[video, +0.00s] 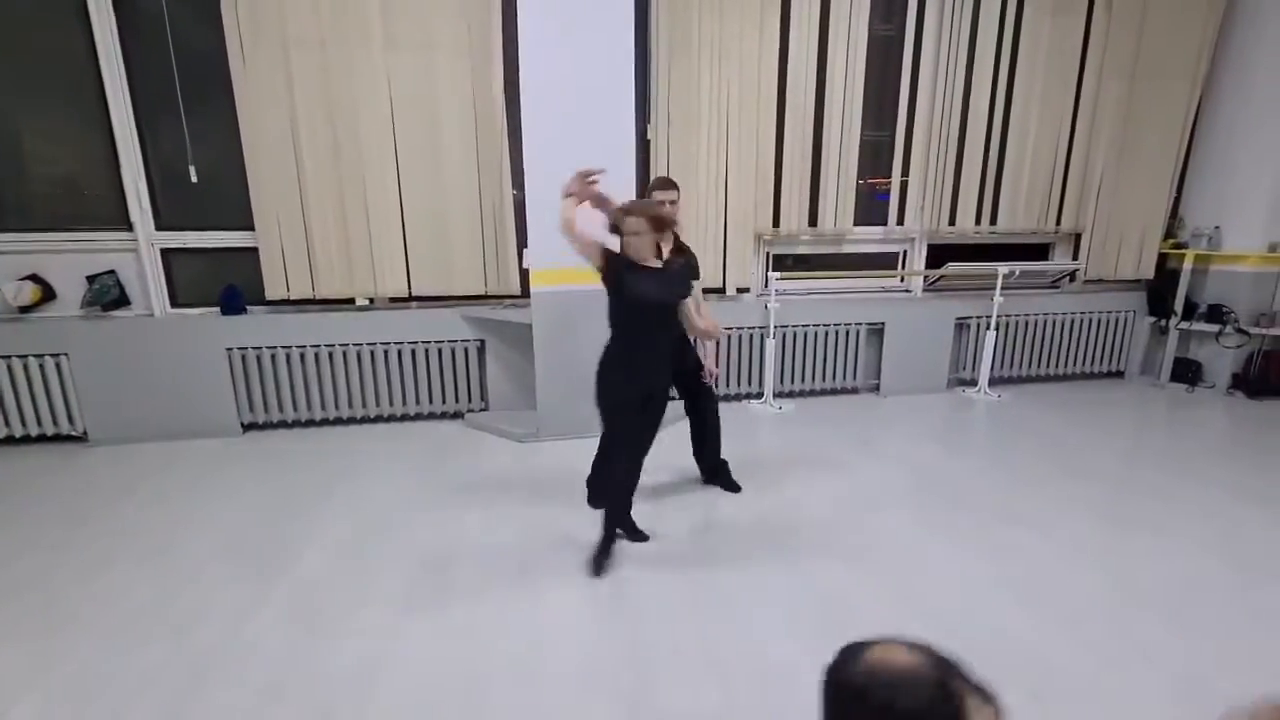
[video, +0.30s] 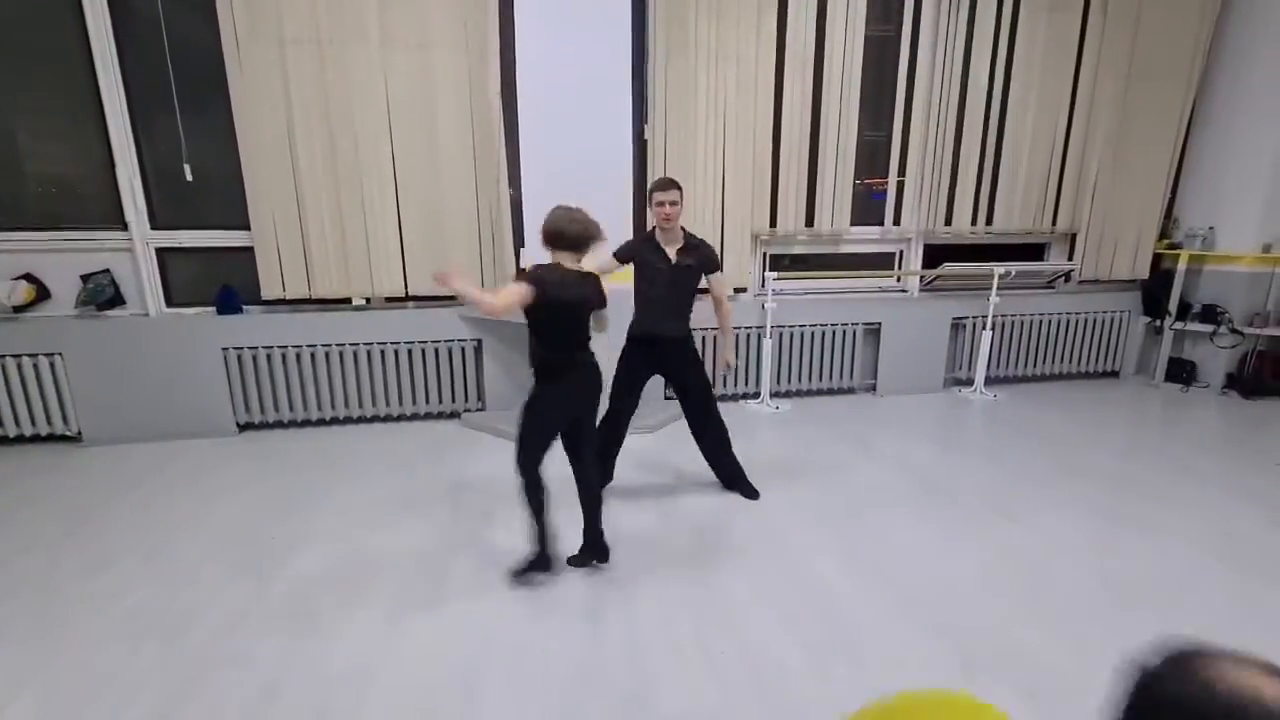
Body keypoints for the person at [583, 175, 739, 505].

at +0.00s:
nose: (668, 209)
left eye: (674, 202)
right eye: (661, 203)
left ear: (680, 205)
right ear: (648, 206)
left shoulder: (684, 255)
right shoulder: (634, 244)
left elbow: (696, 306)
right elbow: (614, 213)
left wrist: (708, 354)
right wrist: (594, 196)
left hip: (678, 338)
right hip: (643, 337)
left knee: (703, 399)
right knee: (632, 412)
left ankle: (711, 466)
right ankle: (608, 487)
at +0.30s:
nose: (666, 210)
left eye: (673, 204)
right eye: (660, 204)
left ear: (682, 207)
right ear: (650, 208)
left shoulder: (701, 251)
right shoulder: (639, 246)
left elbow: (721, 301)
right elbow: (597, 268)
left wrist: (728, 347)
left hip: (679, 346)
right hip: (640, 344)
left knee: (705, 413)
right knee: (617, 412)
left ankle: (734, 478)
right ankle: (595, 478)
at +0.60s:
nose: (667, 209)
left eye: (673, 202)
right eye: (660, 203)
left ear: (683, 206)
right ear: (651, 208)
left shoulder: (700, 252)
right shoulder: (639, 249)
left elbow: (708, 302)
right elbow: (613, 293)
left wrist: (718, 351)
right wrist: (601, 320)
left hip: (687, 345)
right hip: (649, 345)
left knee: (710, 410)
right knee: (620, 418)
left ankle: (730, 475)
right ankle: (580, 487)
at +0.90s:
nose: (659, 218)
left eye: (665, 211)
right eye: (652, 212)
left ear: (677, 210)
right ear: (645, 214)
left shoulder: (698, 253)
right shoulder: (635, 253)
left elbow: (711, 304)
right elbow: (606, 293)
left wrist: (718, 352)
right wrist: (583, 317)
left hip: (686, 349)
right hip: (646, 349)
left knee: (709, 414)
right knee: (617, 418)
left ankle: (730, 475)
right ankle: (580, 487)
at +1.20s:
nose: (625, 230)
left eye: (632, 222)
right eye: (619, 224)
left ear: (649, 224)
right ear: (616, 228)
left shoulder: (676, 268)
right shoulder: (612, 266)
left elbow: (702, 307)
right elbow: (587, 311)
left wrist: (711, 351)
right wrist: (567, 332)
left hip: (678, 348)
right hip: (636, 350)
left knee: (706, 412)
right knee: (612, 416)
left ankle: (733, 473)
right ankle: (581, 486)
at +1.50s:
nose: (622, 209)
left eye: (629, 202)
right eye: (616, 204)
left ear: (644, 207)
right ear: (612, 209)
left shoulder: (664, 257)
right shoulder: (600, 253)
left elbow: (683, 312)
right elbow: (573, 298)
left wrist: (690, 359)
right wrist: (555, 323)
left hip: (662, 349)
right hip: (620, 350)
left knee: (696, 411)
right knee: (599, 415)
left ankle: (735, 473)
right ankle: (580, 486)